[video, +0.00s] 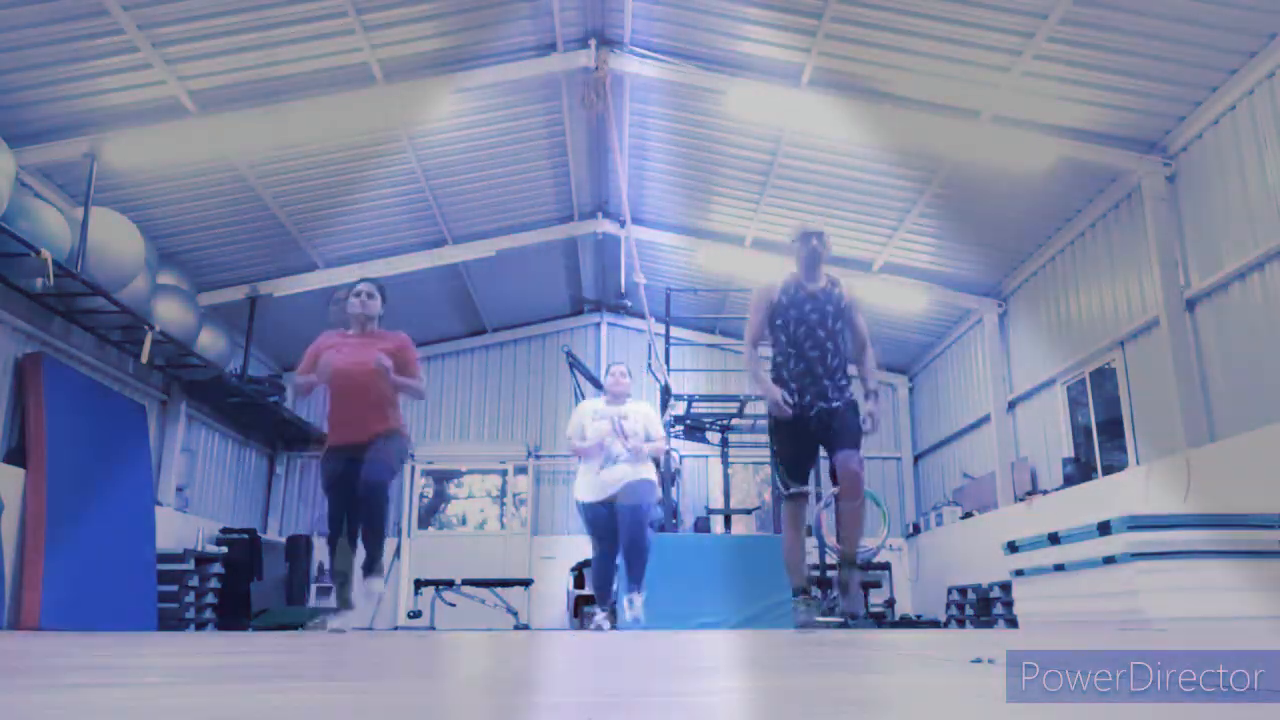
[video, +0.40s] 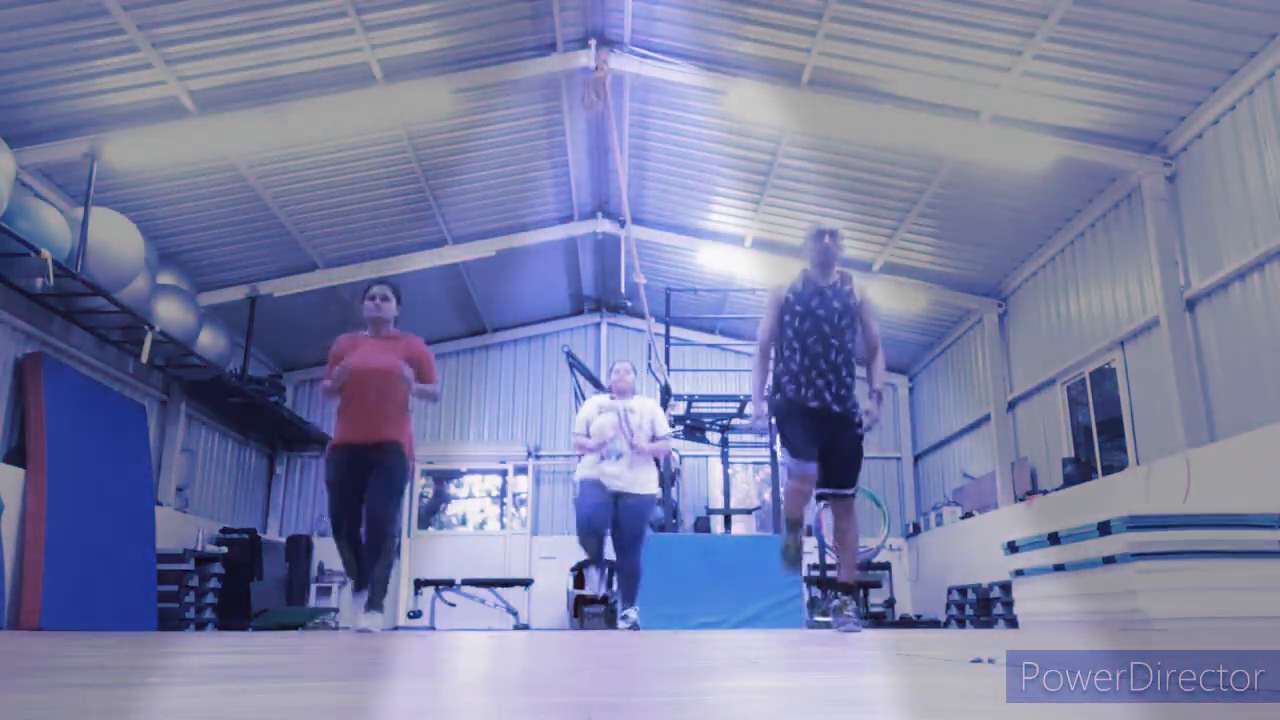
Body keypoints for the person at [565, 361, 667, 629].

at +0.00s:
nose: (618, 379)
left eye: (624, 375)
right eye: (613, 375)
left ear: (631, 383)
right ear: (604, 382)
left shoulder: (644, 410)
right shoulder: (586, 408)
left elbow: (662, 445)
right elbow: (572, 446)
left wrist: (642, 448)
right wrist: (595, 443)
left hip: (635, 481)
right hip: (594, 484)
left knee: (634, 538)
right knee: (604, 548)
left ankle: (635, 594)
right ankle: (602, 609)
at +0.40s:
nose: (619, 378)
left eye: (624, 373)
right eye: (615, 373)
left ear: (634, 378)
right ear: (609, 379)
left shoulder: (650, 407)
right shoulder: (593, 404)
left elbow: (666, 445)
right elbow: (577, 441)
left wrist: (645, 447)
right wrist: (595, 443)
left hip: (637, 483)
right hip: (596, 479)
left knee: (629, 549)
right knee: (590, 519)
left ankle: (628, 607)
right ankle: (596, 565)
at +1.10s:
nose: (611, 374)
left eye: (616, 369)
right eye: (605, 369)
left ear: (623, 373)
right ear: (595, 373)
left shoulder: (636, 401)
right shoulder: (577, 398)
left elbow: (654, 441)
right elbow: (563, 437)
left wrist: (634, 436)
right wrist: (591, 428)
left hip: (632, 479)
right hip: (588, 480)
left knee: (638, 534)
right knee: (596, 543)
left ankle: (616, 570)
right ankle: (596, 606)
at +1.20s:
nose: (609, 371)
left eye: (614, 367)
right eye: (604, 366)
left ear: (622, 368)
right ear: (593, 368)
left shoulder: (634, 395)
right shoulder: (574, 393)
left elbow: (653, 435)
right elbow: (560, 432)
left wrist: (635, 433)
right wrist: (588, 430)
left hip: (627, 461)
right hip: (584, 468)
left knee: (641, 495)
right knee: (597, 541)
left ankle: (623, 549)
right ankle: (595, 604)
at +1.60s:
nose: (607, 361)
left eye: (613, 357)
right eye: (602, 356)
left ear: (621, 365)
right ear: (591, 363)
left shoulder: (633, 393)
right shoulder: (572, 391)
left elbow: (653, 435)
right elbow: (555, 432)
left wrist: (634, 436)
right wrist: (580, 434)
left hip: (625, 472)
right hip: (582, 477)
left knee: (616, 517)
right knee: (592, 545)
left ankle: (620, 576)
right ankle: (598, 608)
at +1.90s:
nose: (607, 347)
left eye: (614, 343)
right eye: (602, 342)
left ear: (624, 353)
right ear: (594, 351)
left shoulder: (640, 385)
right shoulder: (576, 382)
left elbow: (655, 425)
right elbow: (558, 421)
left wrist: (629, 419)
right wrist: (578, 419)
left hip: (625, 471)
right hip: (578, 471)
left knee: (613, 537)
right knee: (577, 531)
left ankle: (609, 607)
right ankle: (586, 571)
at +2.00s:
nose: (605, 341)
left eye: (612, 338)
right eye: (601, 337)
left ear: (622, 348)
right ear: (593, 345)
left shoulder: (639, 377)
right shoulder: (574, 376)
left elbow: (654, 420)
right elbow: (557, 417)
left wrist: (628, 419)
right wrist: (572, 417)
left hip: (626, 457)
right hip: (580, 449)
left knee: (610, 531)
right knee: (567, 487)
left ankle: (605, 604)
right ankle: (581, 547)